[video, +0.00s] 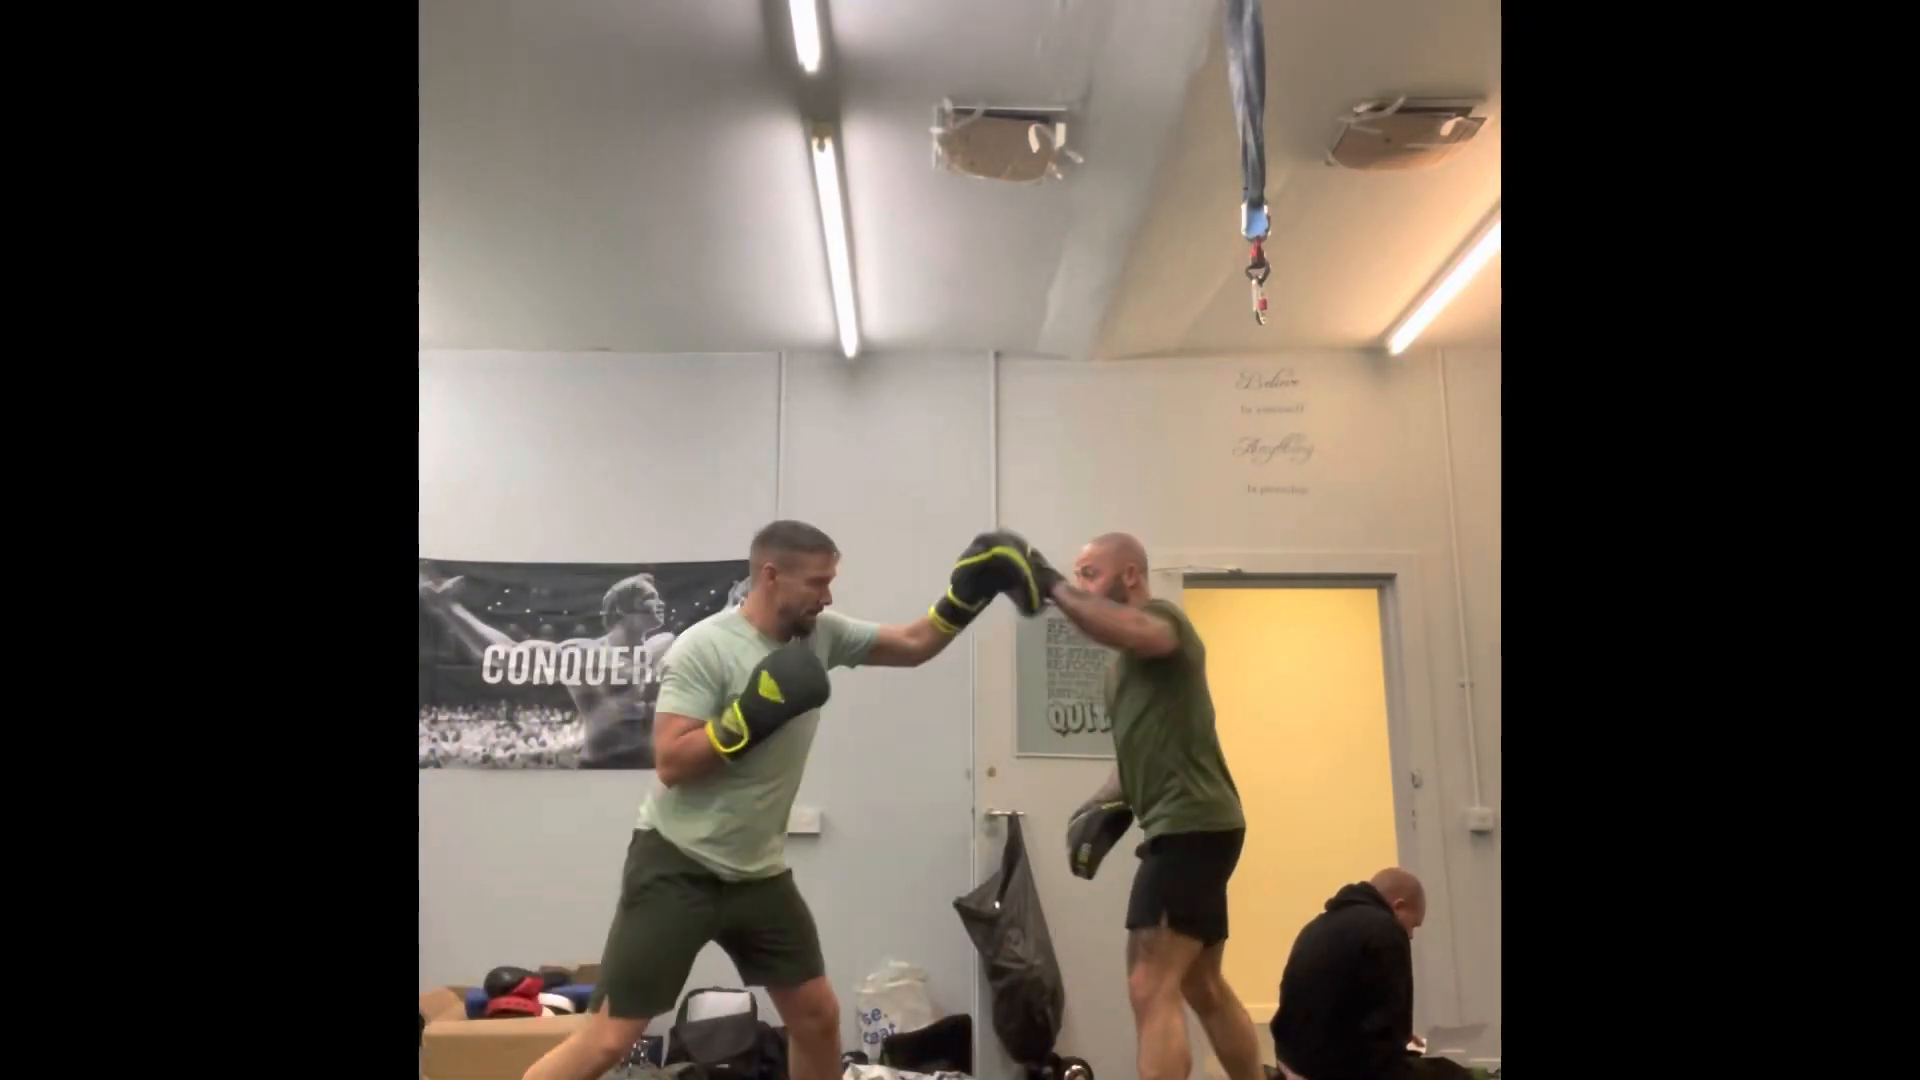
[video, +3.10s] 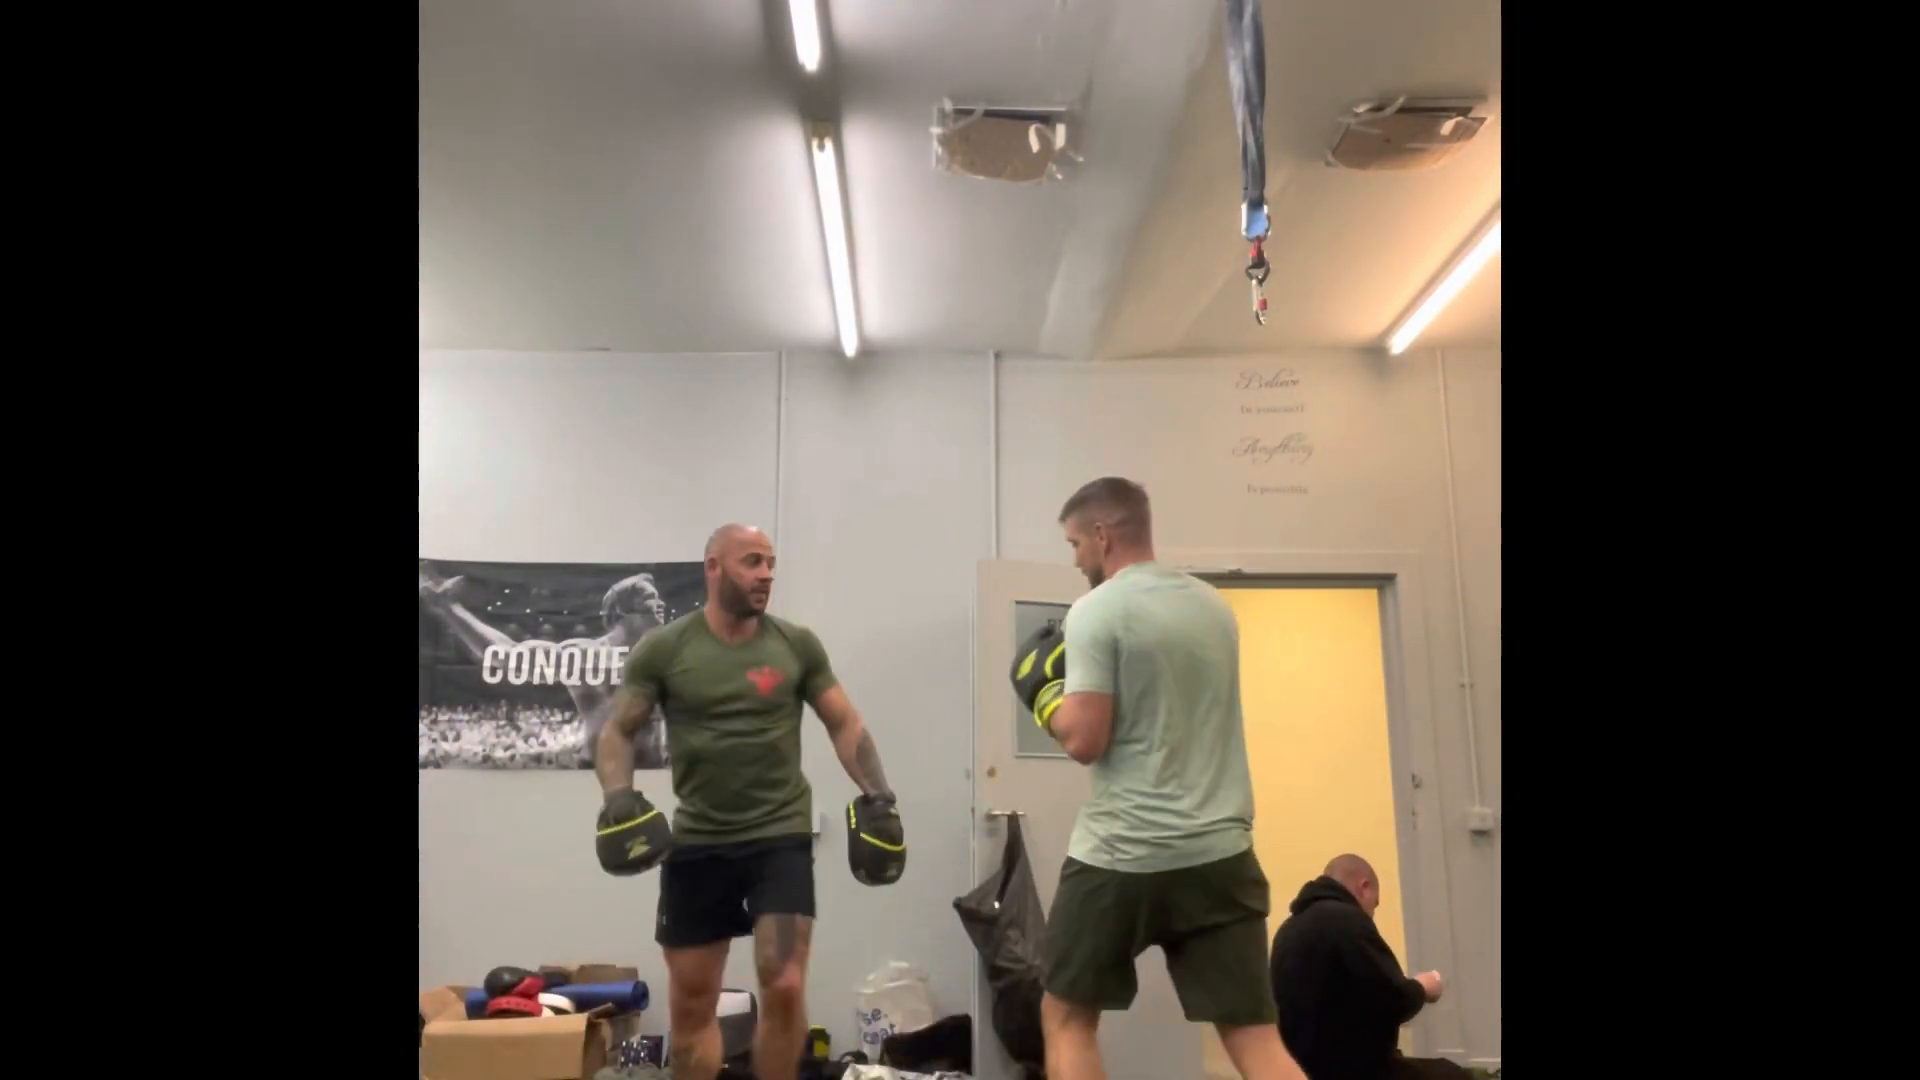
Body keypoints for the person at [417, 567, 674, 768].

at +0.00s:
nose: (661, 609)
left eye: (660, 602)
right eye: (650, 603)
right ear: (623, 612)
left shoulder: (659, 650)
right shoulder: (579, 653)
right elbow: (508, 653)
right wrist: (448, 608)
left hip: (653, 762)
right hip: (600, 763)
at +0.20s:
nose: (661, 608)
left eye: (659, 601)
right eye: (650, 602)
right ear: (622, 613)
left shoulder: (661, 650)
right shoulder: (579, 653)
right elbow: (509, 653)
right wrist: (448, 608)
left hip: (656, 765)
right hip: (604, 767)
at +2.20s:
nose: (662, 607)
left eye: (660, 601)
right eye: (652, 601)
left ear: (651, 610)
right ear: (624, 613)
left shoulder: (665, 647)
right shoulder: (579, 655)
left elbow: (708, 634)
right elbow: (505, 652)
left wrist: (736, 605)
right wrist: (448, 608)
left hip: (652, 772)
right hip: (600, 774)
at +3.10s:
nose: (660, 617)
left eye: (661, 609)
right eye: (650, 609)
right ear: (621, 615)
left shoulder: (661, 652)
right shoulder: (582, 656)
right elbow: (508, 653)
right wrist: (447, 608)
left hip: (659, 770)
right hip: (605, 771)